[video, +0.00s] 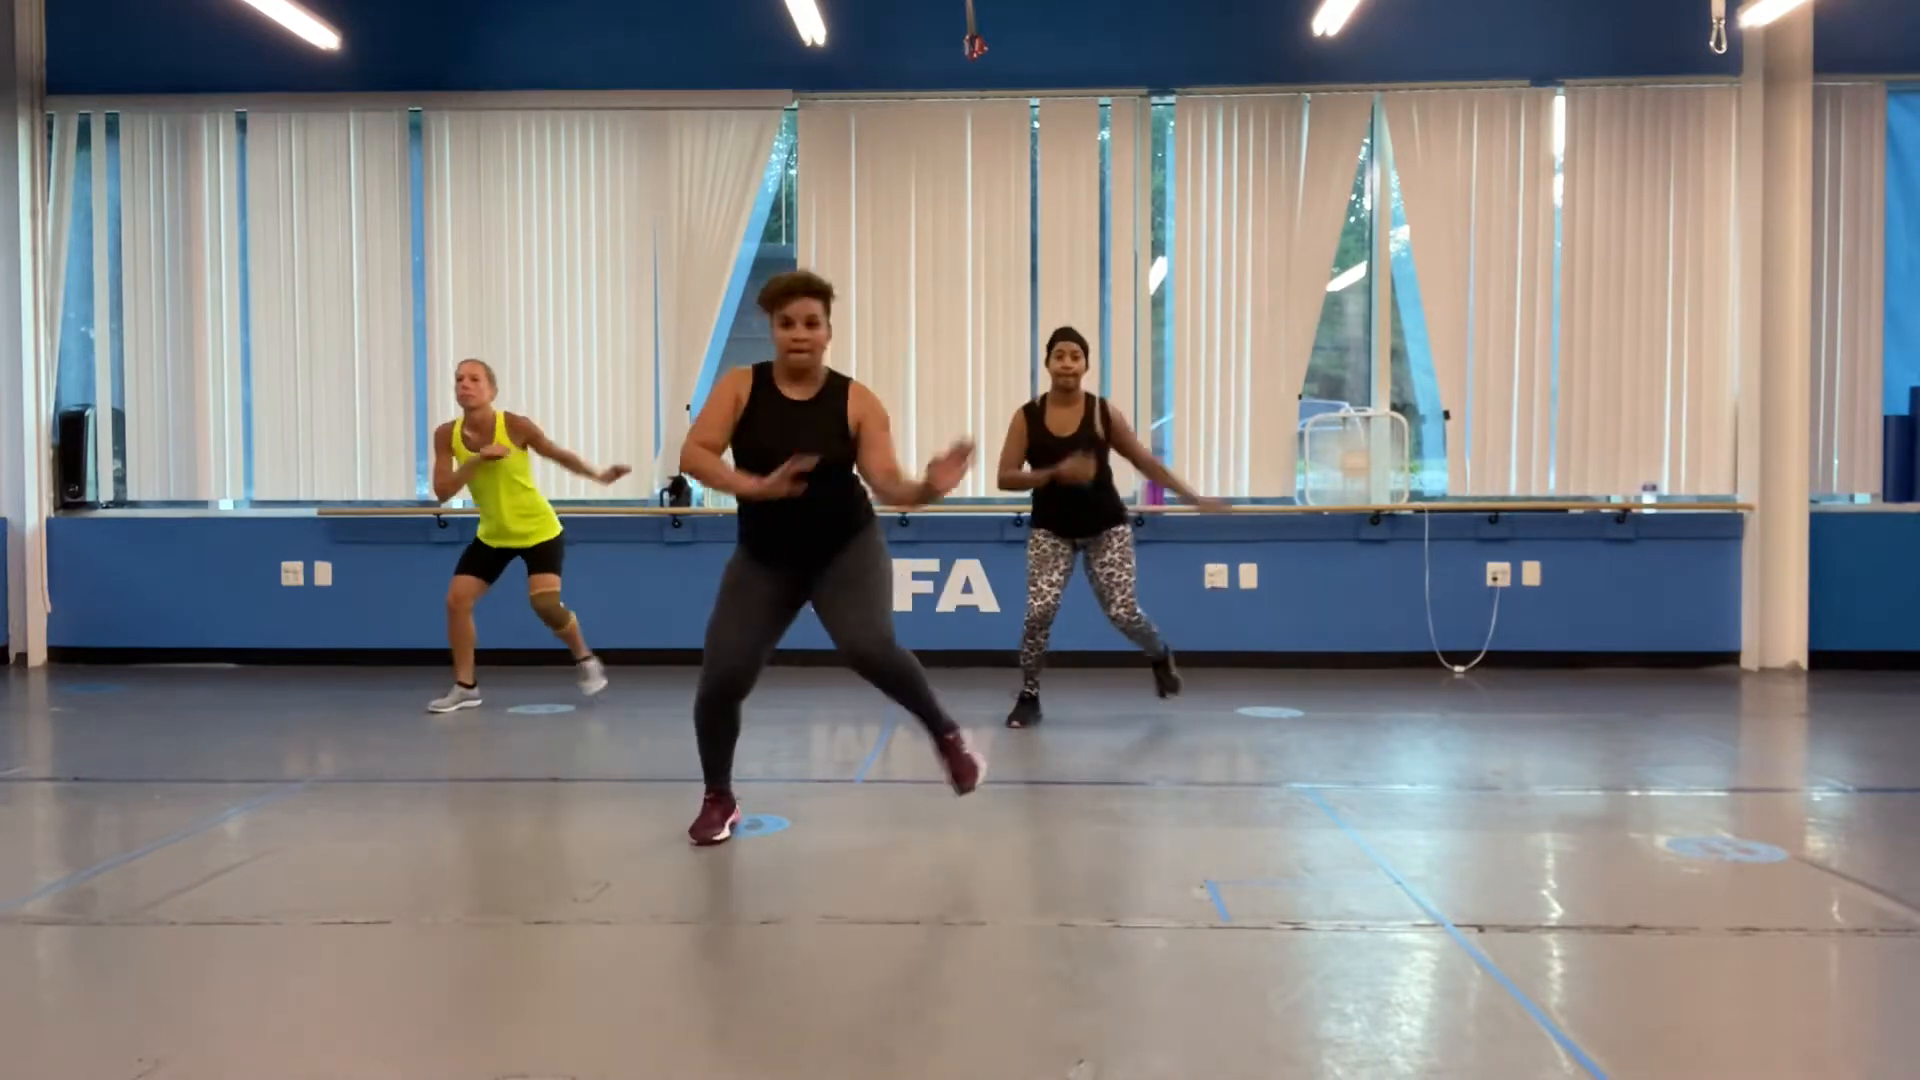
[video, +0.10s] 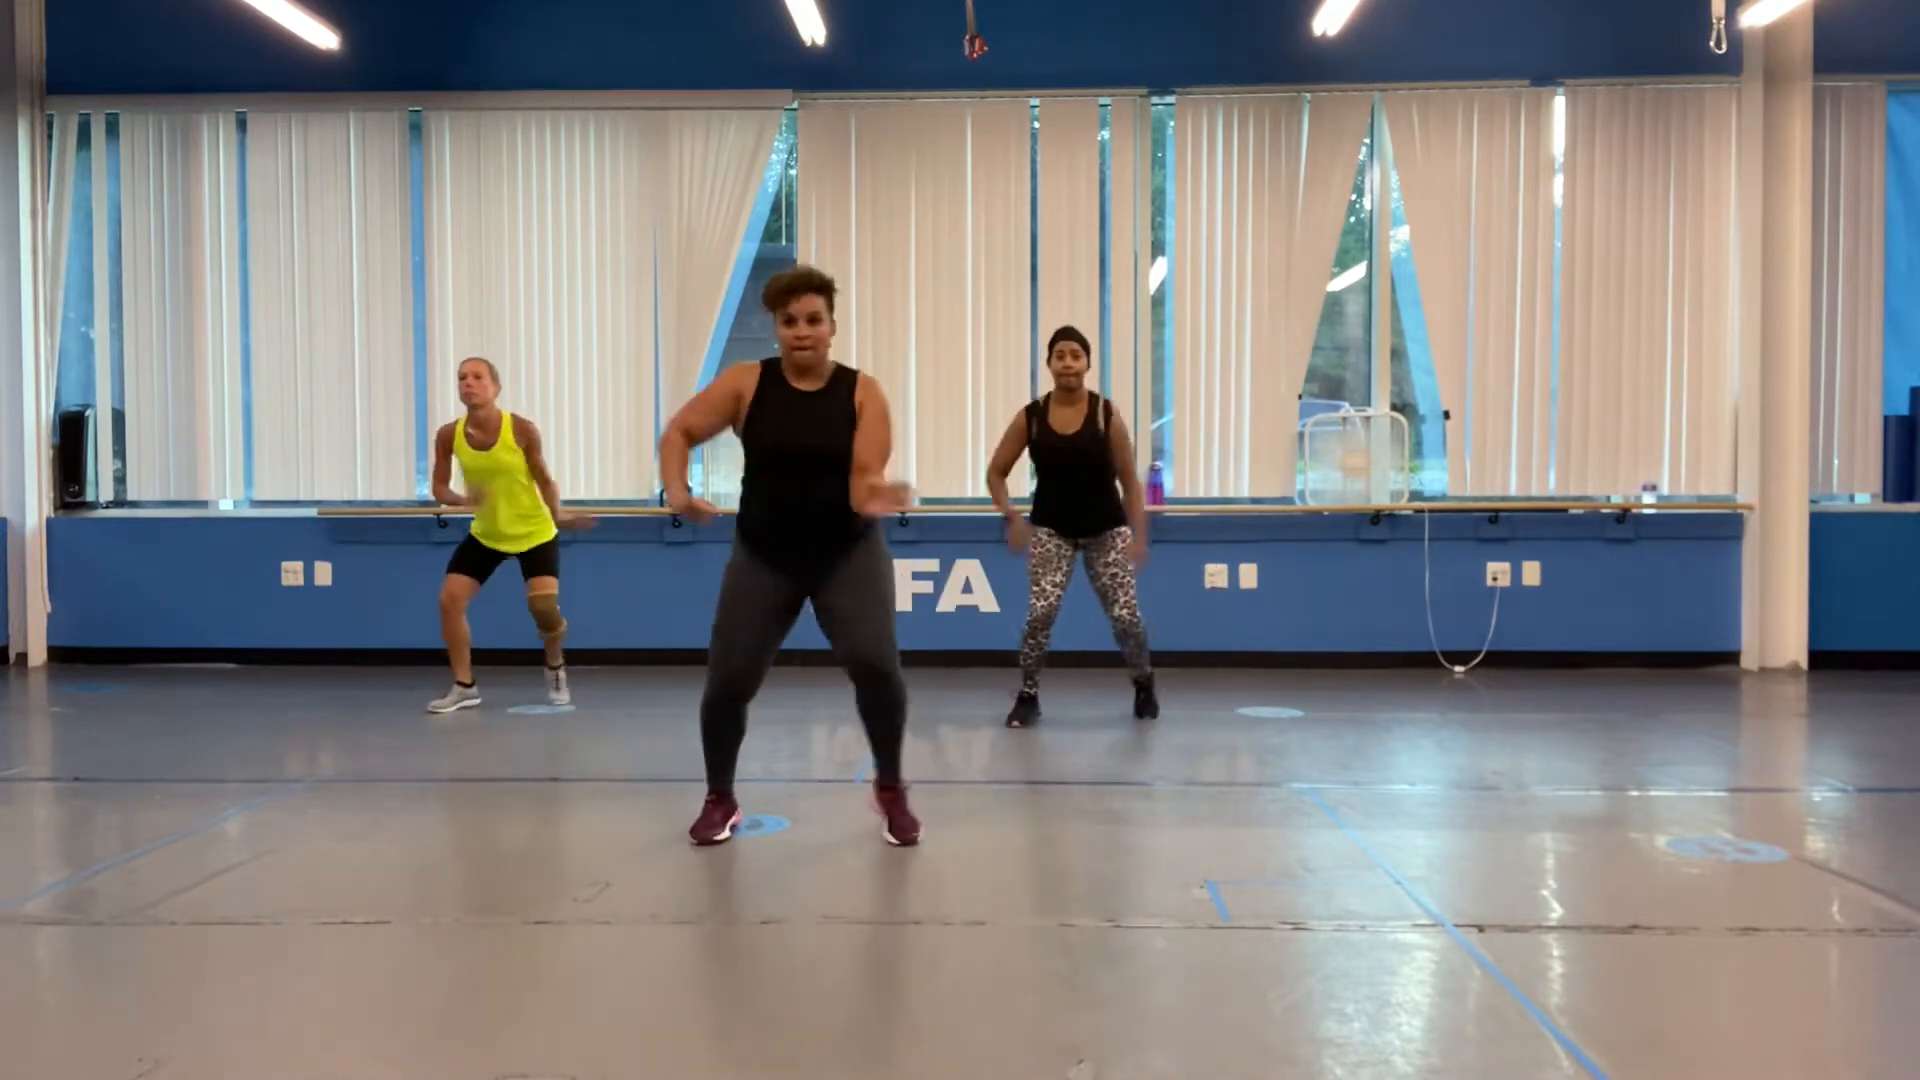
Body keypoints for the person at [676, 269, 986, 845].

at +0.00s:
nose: (801, 334)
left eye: (812, 323)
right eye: (789, 323)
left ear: (829, 331)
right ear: (771, 329)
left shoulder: (857, 402)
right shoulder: (740, 387)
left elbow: (889, 487)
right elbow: (694, 456)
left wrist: (927, 488)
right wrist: (755, 485)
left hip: (846, 548)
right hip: (766, 554)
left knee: (867, 649)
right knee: (720, 682)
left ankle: (946, 735)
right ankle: (717, 798)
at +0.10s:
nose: (803, 331)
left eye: (815, 319)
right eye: (791, 321)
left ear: (833, 325)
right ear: (775, 327)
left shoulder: (863, 394)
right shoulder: (745, 384)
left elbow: (864, 487)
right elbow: (677, 432)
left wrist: (878, 495)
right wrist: (677, 492)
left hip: (849, 552)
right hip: (765, 555)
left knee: (877, 669)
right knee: (727, 683)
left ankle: (890, 788)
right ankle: (719, 799)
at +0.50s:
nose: (850, 338)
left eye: (862, 326)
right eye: (839, 329)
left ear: (884, 331)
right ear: (828, 338)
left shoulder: (920, 379)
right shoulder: (814, 401)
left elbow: (961, 428)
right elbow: (783, 478)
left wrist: (882, 439)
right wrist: (720, 454)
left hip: (918, 552)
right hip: (838, 552)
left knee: (941, 676)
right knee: (799, 655)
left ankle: (941, 793)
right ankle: (769, 752)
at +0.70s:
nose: (882, 348)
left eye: (886, 336)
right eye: (871, 336)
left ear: (889, 333)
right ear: (832, 332)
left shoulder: (901, 372)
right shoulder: (795, 379)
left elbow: (984, 375)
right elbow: (767, 454)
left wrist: (936, 382)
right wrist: (787, 410)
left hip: (910, 536)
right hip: (835, 542)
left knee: (930, 663)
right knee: (785, 647)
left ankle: (947, 786)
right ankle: (786, 767)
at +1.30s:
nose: (933, 350)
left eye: (943, 338)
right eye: (920, 340)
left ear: (959, 339)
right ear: (902, 344)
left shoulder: (986, 400)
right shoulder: (873, 381)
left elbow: (995, 488)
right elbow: (802, 407)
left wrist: (969, 475)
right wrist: (736, 450)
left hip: (937, 549)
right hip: (859, 541)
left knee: (971, 663)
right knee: (820, 658)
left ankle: (974, 788)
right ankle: (782, 776)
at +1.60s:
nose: (989, 340)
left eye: (998, 327)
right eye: (975, 332)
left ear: (1016, 328)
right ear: (960, 339)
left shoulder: (1048, 378)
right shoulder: (938, 382)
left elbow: (1076, 454)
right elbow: (867, 412)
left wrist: (1017, 446)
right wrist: (794, 453)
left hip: (998, 540)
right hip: (922, 533)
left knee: (1043, 642)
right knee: (909, 656)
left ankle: (1024, 764)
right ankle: (897, 777)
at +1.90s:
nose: (1029, 346)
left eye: (1038, 335)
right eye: (1015, 337)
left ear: (1051, 340)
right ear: (994, 347)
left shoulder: (1085, 401)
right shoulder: (971, 413)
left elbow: (1132, 466)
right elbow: (940, 492)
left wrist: (1097, 504)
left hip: (1054, 559)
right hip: (974, 555)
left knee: (1100, 663)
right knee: (937, 656)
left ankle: (1089, 791)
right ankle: (878, 742)